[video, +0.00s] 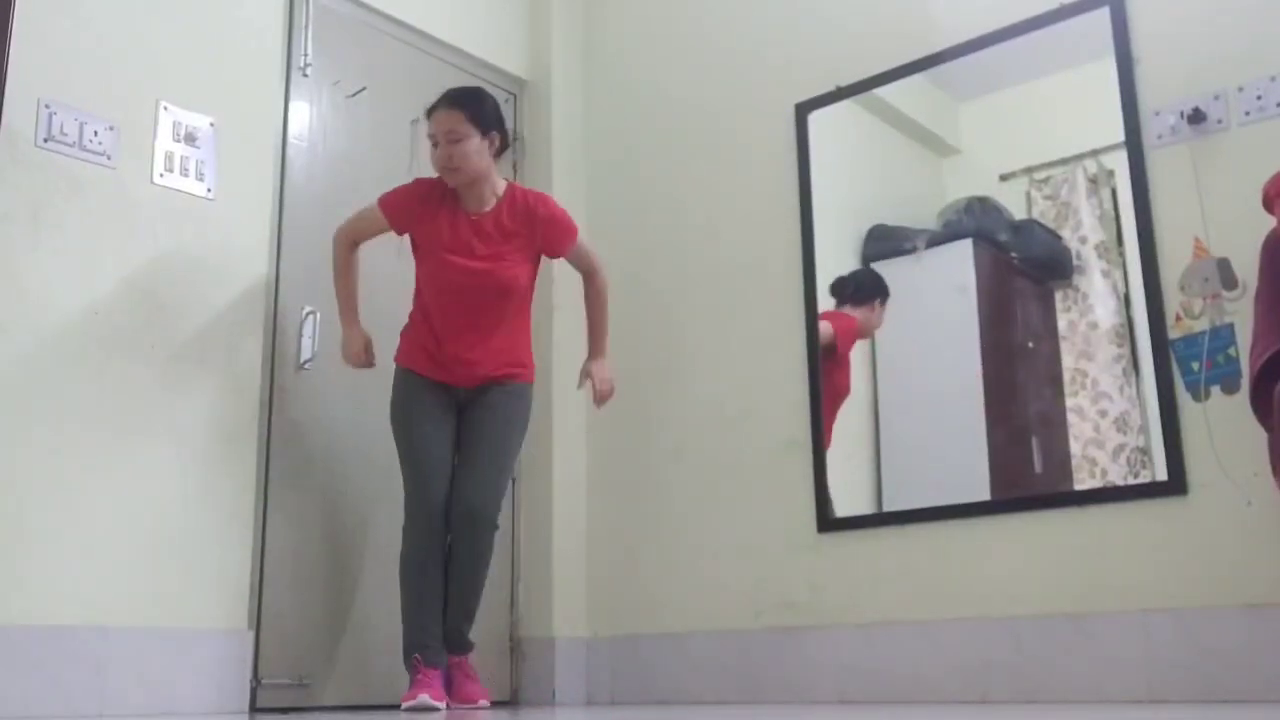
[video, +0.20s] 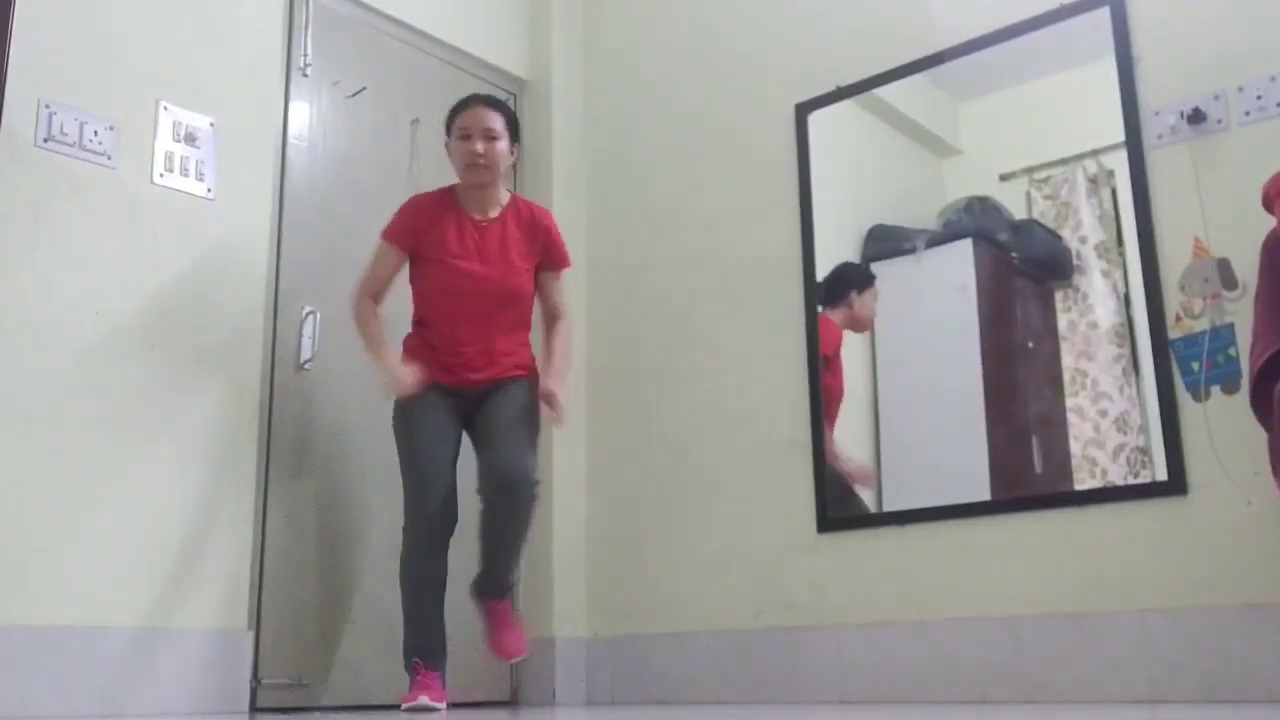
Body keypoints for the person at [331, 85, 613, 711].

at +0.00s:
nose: (443, 155)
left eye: (455, 141)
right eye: (435, 143)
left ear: (493, 142)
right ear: (430, 148)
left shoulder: (536, 213)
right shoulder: (420, 201)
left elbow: (594, 272)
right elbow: (345, 239)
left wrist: (598, 355)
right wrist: (351, 327)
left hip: (502, 380)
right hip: (424, 374)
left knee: (478, 511)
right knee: (427, 511)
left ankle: (457, 654)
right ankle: (425, 669)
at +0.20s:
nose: (477, 148)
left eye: (490, 137)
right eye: (465, 137)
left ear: (513, 150)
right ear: (448, 148)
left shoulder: (536, 225)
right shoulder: (422, 214)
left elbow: (557, 314)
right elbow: (366, 300)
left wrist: (553, 375)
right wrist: (391, 367)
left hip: (508, 382)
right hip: (430, 381)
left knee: (514, 475)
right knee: (430, 513)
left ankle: (495, 593)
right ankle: (425, 670)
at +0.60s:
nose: (555, 128)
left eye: (567, 123)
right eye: (542, 117)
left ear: (579, 143)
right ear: (515, 134)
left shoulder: (597, 200)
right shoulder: (488, 198)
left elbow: (621, 284)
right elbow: (497, 269)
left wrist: (588, 224)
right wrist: (560, 217)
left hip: (584, 381)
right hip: (505, 379)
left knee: (608, 518)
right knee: (476, 515)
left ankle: (650, 667)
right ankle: (431, 670)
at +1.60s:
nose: (585, 126)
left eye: (597, 117)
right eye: (572, 118)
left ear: (617, 135)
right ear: (554, 135)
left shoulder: (638, 198)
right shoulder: (531, 194)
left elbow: (634, 278)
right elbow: (517, 264)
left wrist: (592, 206)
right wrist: (568, 201)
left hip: (619, 378)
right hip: (541, 376)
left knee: (631, 517)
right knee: (502, 510)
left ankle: (652, 668)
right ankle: (445, 660)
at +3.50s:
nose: (670, 165)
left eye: (678, 155)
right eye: (659, 152)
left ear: (682, 160)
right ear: (622, 151)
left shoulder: (689, 218)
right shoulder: (576, 212)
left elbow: (741, 296)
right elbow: (505, 274)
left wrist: (749, 383)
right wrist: (521, 358)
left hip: (681, 381)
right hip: (605, 383)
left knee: (682, 515)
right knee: (640, 504)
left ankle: (676, 665)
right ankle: (638, 648)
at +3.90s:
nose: (602, 136)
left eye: (614, 126)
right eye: (590, 126)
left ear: (633, 140)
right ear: (572, 139)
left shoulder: (653, 204)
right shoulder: (546, 200)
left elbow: (662, 286)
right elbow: (540, 277)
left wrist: (614, 225)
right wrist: (588, 221)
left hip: (634, 382)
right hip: (557, 379)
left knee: (646, 519)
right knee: (517, 511)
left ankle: (669, 667)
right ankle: (466, 658)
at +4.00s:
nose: (578, 142)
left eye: (590, 133)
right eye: (567, 133)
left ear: (612, 147)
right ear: (549, 145)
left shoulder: (631, 212)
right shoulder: (523, 204)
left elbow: (632, 289)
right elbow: (517, 273)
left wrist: (594, 227)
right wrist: (571, 214)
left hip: (610, 388)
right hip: (533, 385)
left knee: (631, 523)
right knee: (495, 521)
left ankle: (666, 666)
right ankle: (447, 663)